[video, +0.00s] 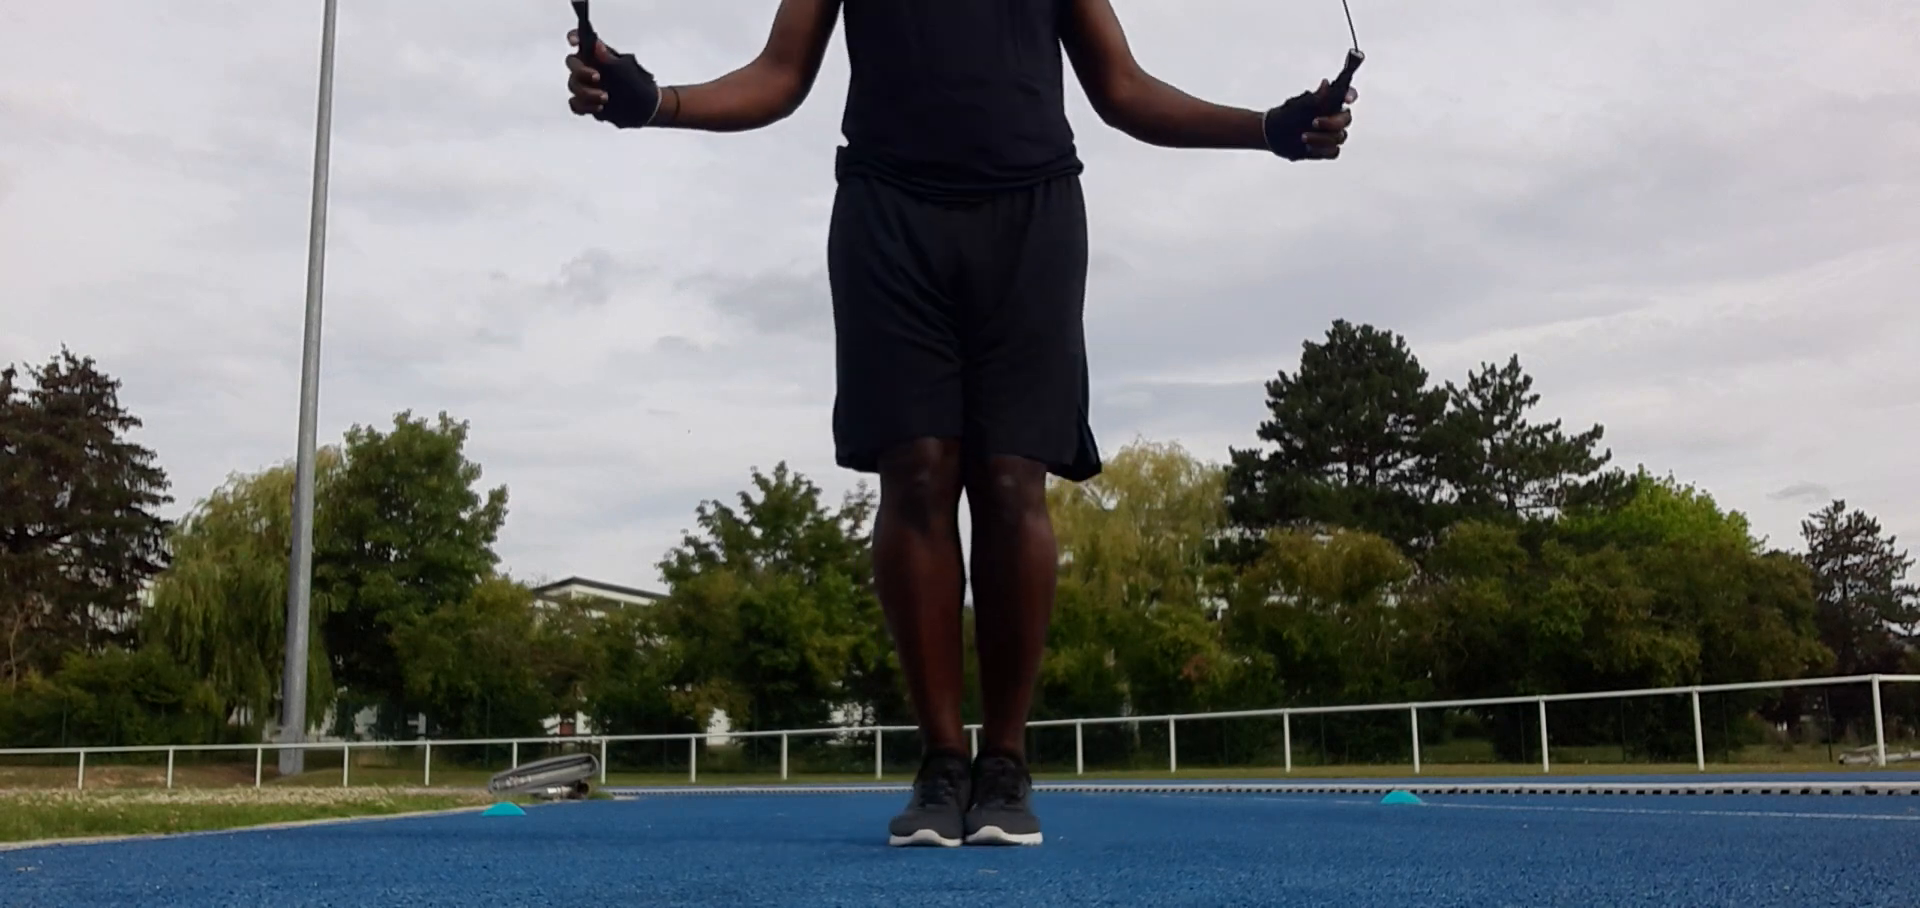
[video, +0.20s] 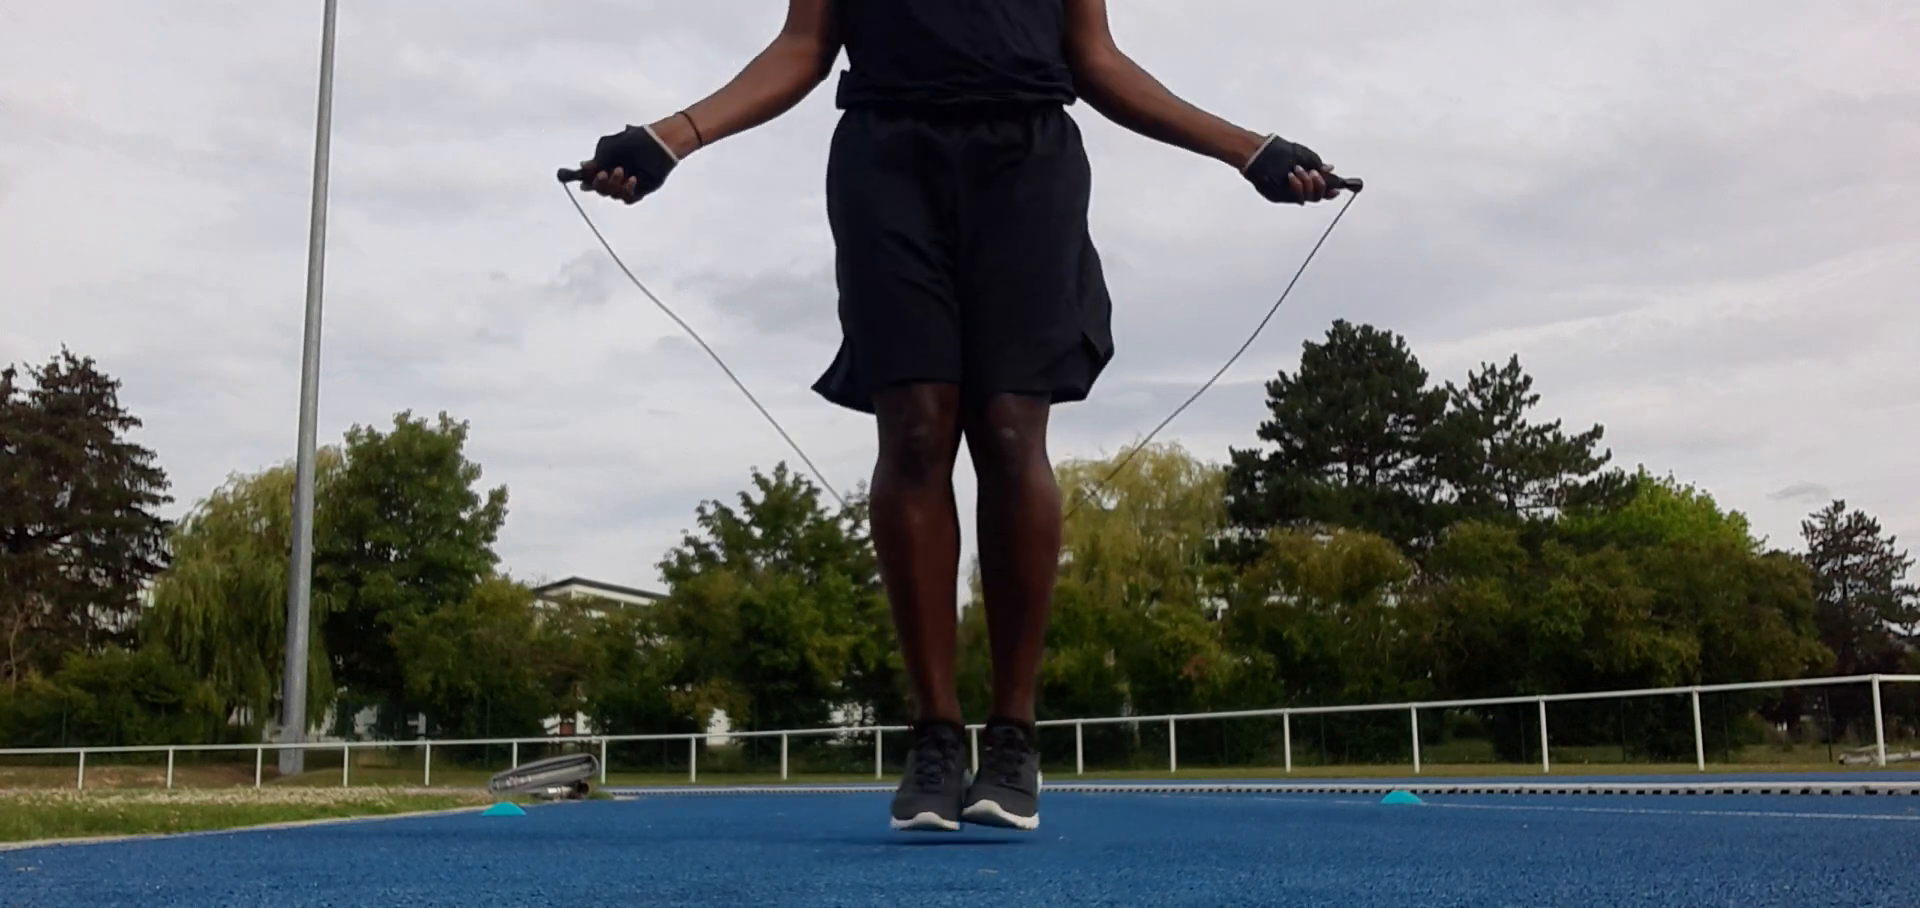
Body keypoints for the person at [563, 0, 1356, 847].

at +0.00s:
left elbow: (1122, 87)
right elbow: (779, 73)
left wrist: (1266, 126)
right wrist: (658, 99)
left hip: (1029, 204)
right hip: (887, 204)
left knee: (1011, 477)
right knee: (917, 472)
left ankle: (1004, 767)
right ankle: (942, 768)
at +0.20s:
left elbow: (1099, 63)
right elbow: (801, 48)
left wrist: (1250, 148)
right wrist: (669, 135)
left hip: (1027, 140)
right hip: (887, 141)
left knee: (1008, 427)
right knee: (915, 426)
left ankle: (1012, 737)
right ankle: (936, 736)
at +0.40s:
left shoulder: (1050, 2)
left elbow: (1109, 87)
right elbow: (784, 68)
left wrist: (1247, 157)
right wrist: (666, 136)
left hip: (1023, 197)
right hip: (885, 197)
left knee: (1009, 467)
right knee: (911, 465)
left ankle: (1009, 760)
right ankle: (940, 765)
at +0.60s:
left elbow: (1087, 80)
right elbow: (789, 72)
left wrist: (1245, 137)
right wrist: (649, 133)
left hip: (1018, 163)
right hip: (876, 167)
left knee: (999, 453)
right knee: (903, 455)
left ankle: (999, 758)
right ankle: (923, 761)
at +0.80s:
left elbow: (1092, 78)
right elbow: (777, 55)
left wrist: (1213, 177)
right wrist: (667, 176)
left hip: (1007, 184)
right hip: (871, 185)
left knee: (997, 456)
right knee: (891, 455)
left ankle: (997, 756)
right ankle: (918, 764)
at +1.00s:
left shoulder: (1030, 7)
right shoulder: (823, 7)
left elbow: (1082, 109)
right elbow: (778, 94)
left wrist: (1239, 129)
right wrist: (645, 128)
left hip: (1003, 205)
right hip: (869, 206)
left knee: (983, 484)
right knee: (893, 481)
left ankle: (977, 764)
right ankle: (910, 769)